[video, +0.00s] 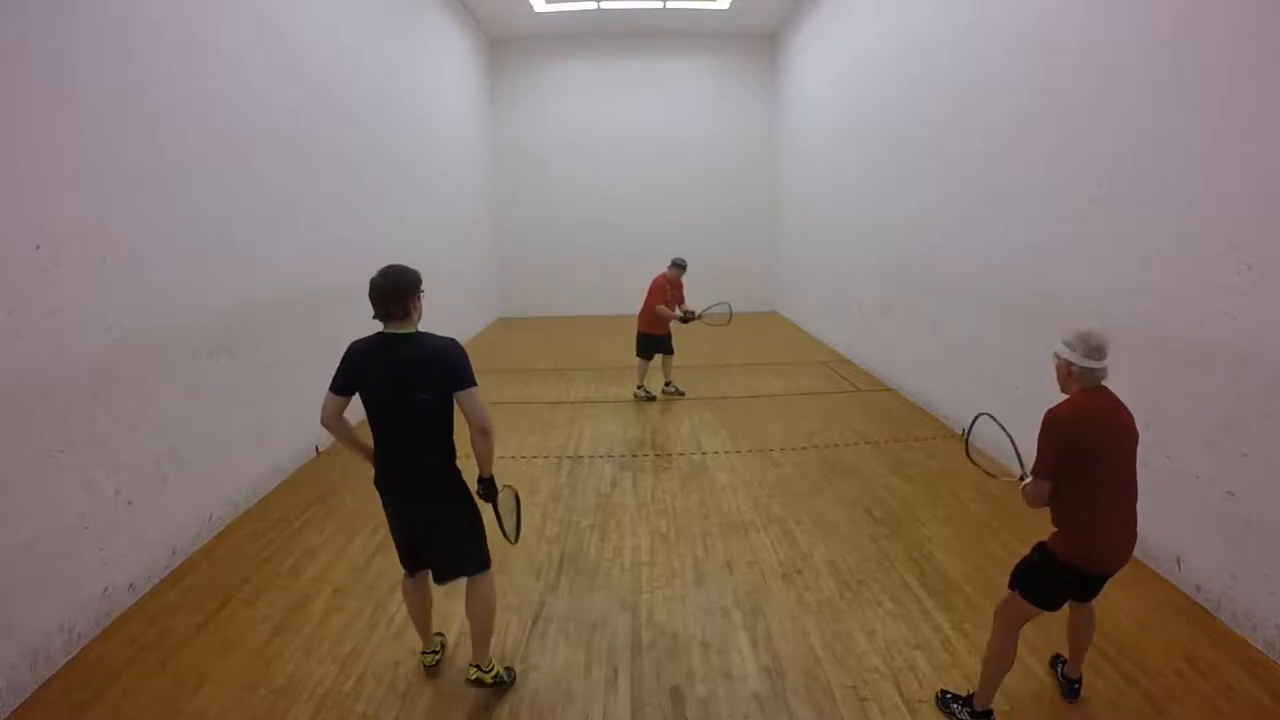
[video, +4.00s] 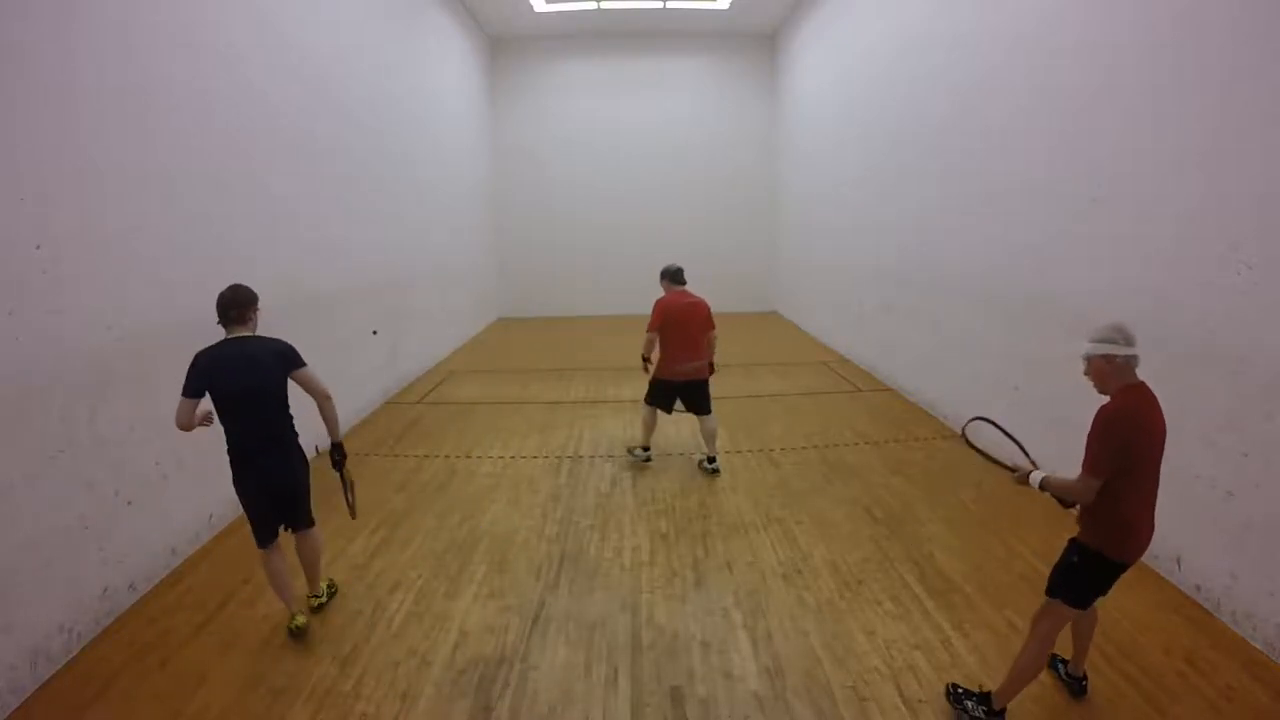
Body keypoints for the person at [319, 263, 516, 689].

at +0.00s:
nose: (422, 301)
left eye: (419, 295)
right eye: (421, 296)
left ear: (375, 307)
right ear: (416, 302)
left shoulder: (359, 354)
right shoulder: (446, 351)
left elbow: (331, 417)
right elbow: (480, 425)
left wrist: (371, 455)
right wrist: (486, 475)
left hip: (393, 482)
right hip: (440, 480)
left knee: (413, 568)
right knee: (478, 568)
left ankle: (428, 647)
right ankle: (481, 665)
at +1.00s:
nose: (411, 296)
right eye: (409, 291)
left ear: (363, 301)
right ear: (407, 297)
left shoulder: (346, 354)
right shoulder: (440, 345)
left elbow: (311, 425)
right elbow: (484, 411)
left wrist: (355, 465)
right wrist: (484, 470)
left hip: (381, 494)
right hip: (438, 490)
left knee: (386, 586)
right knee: (479, 586)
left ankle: (387, 673)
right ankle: (511, 678)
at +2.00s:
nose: (294, 370)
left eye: (291, 364)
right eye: (292, 365)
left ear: (244, 378)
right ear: (287, 372)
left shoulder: (225, 436)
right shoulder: (319, 423)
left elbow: (202, 525)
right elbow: (376, 494)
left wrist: (222, 576)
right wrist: (380, 538)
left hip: (267, 578)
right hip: (327, 570)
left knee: (265, 667)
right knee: (383, 644)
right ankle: (429, 713)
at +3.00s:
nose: (166, 400)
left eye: (166, 393)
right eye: (165, 392)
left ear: (174, 397)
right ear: (211, 389)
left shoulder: (170, 451)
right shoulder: (237, 430)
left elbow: (158, 540)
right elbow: (254, 495)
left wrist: (164, 569)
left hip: (237, 575)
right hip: (286, 551)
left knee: (236, 681)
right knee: (320, 598)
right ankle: (383, 659)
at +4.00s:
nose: (259, 314)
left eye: (256, 308)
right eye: (257, 309)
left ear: (220, 318)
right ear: (252, 314)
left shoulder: (205, 361)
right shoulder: (276, 349)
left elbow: (184, 420)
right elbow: (322, 395)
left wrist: (201, 418)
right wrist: (336, 442)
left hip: (245, 466)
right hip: (288, 456)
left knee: (268, 544)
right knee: (303, 525)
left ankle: (297, 613)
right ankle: (317, 591)